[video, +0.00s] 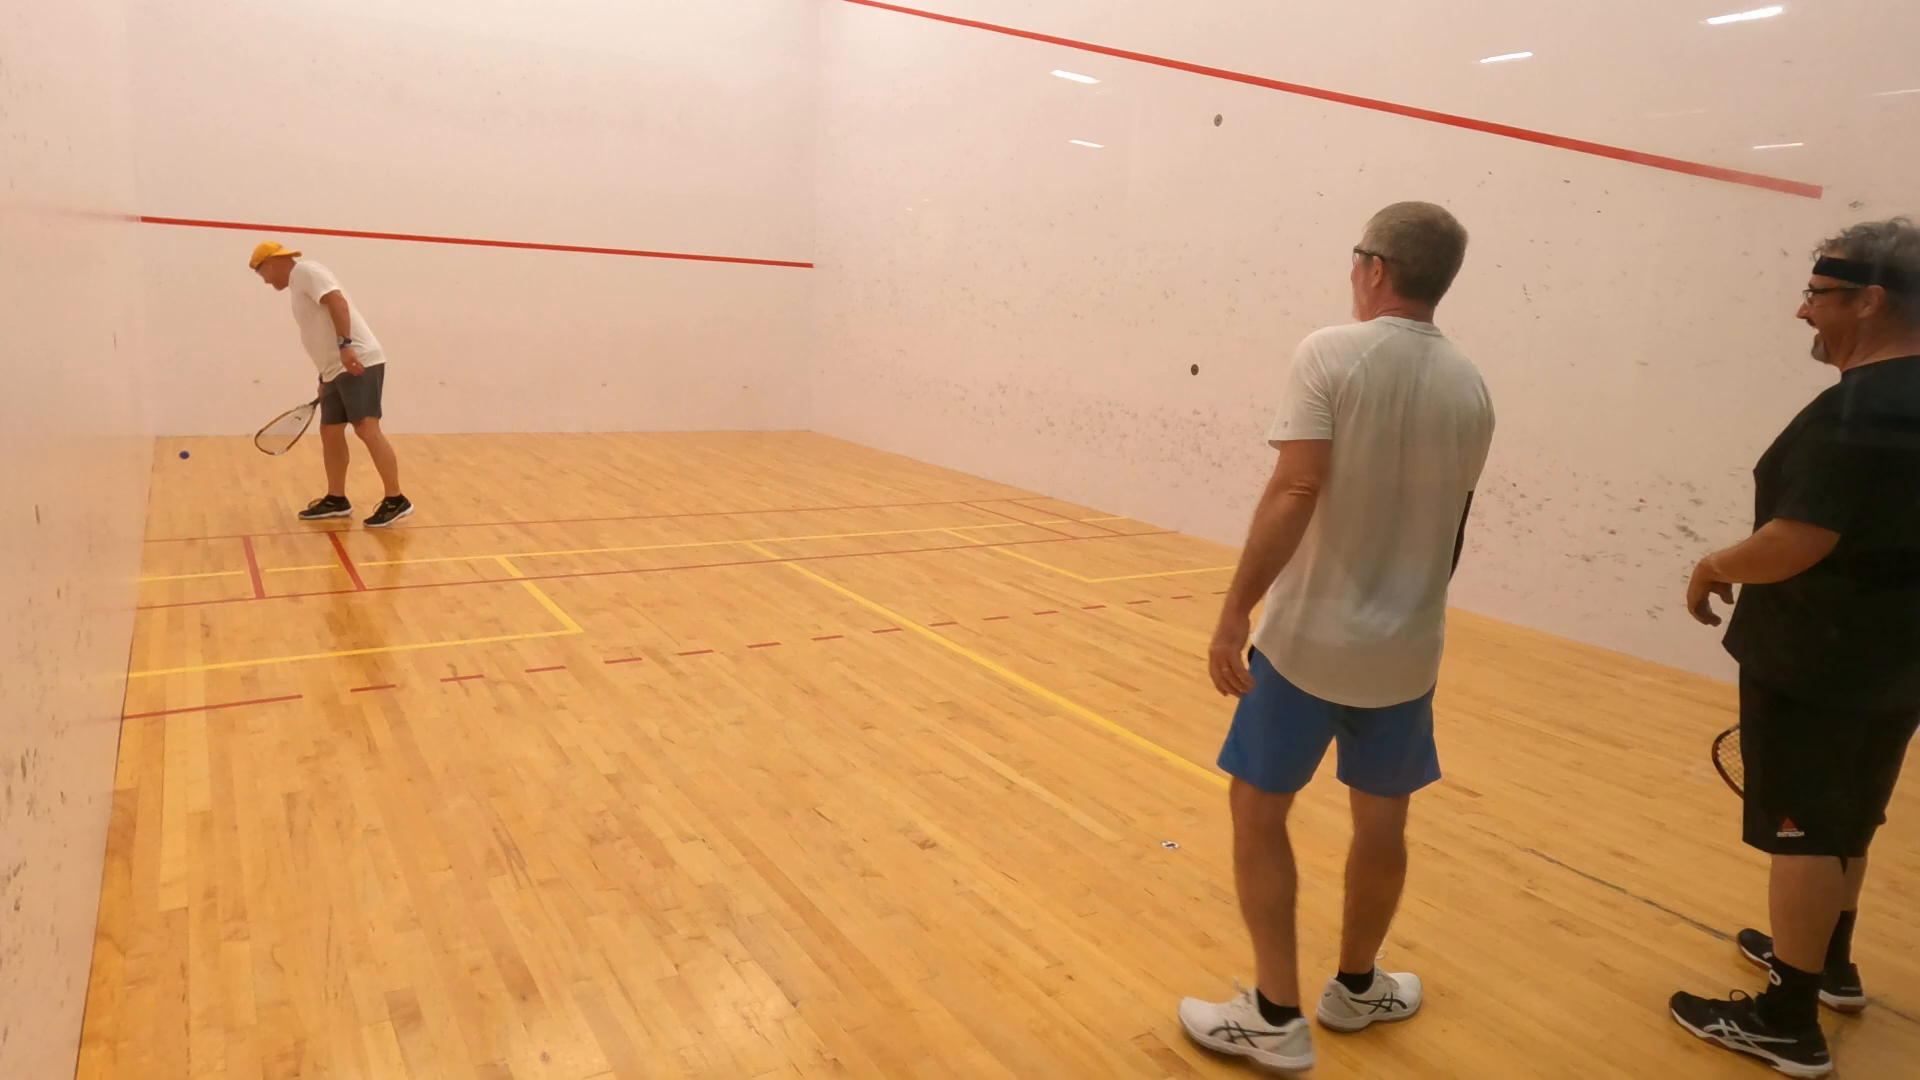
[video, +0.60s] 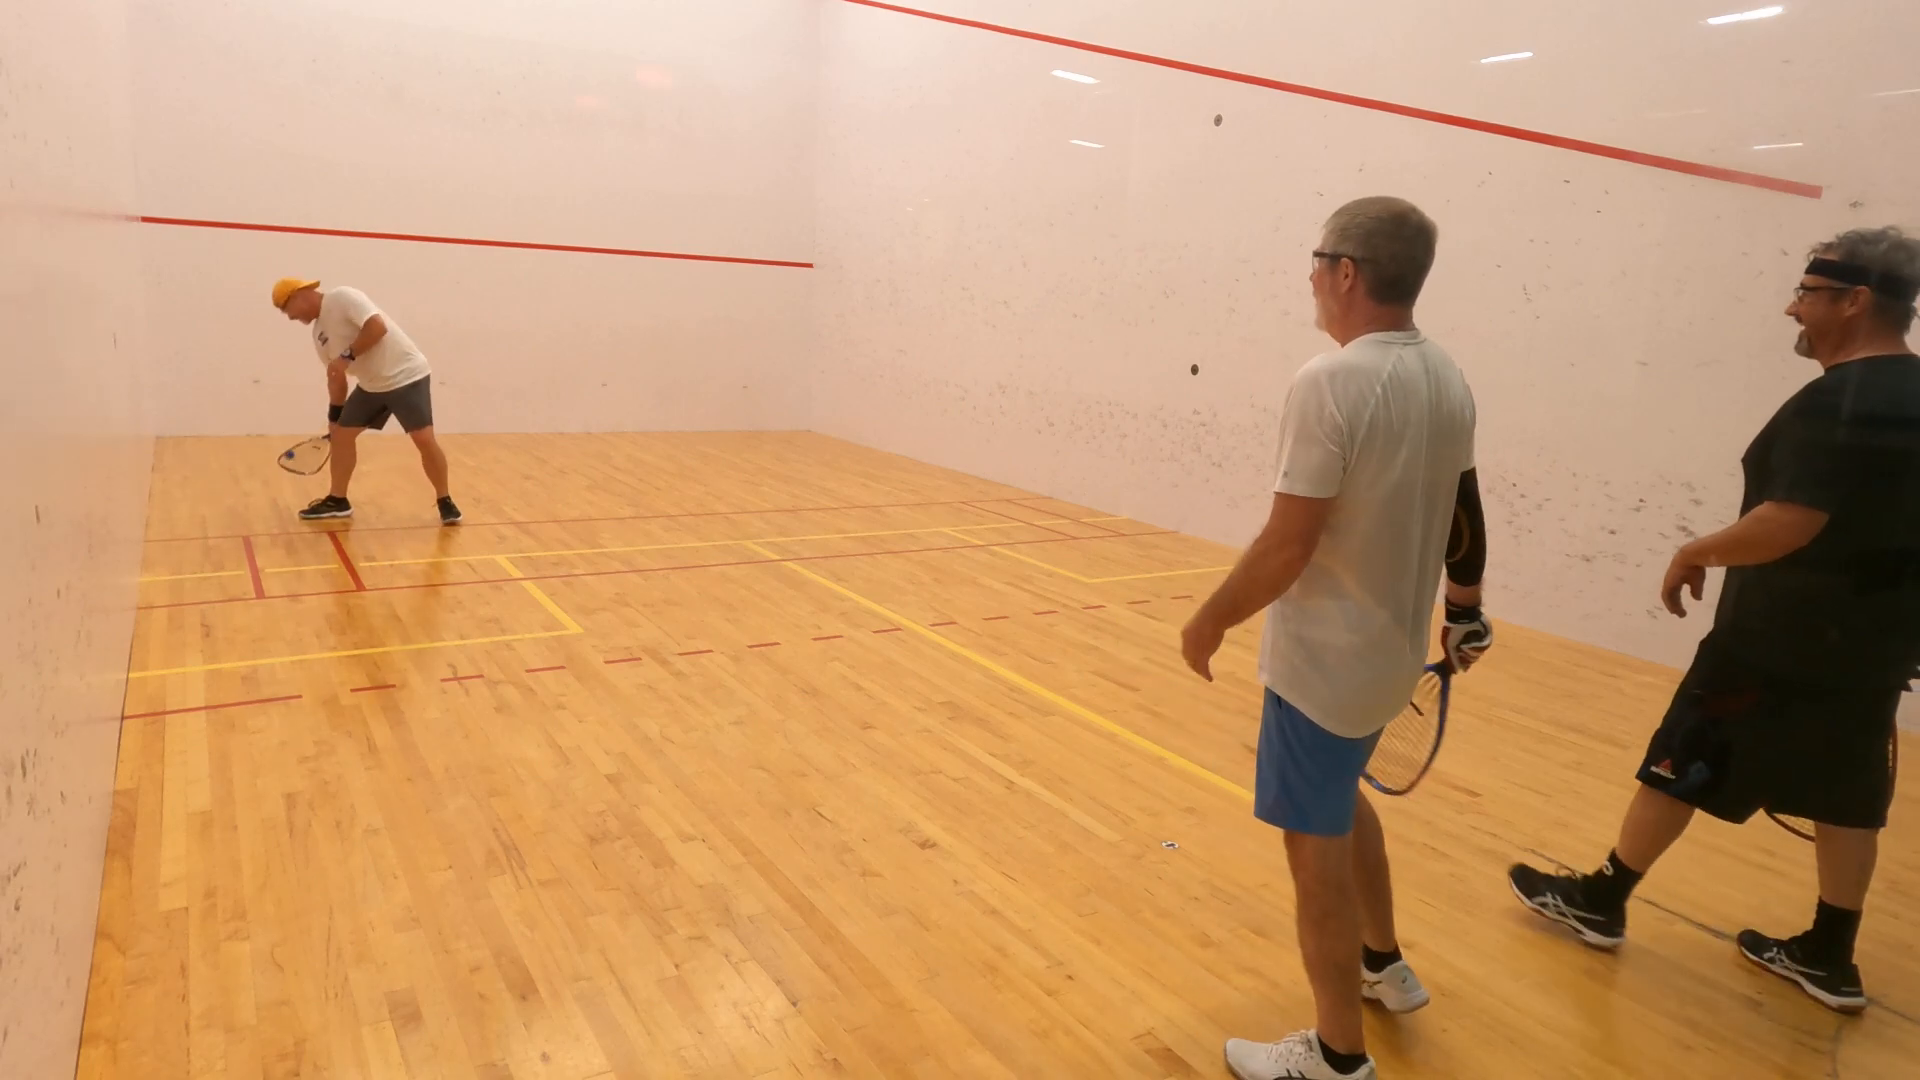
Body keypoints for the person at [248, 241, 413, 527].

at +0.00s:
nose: (264, 280)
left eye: (261, 272)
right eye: (260, 275)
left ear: (274, 263)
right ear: (274, 265)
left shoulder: (306, 271)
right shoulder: (297, 290)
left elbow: (338, 303)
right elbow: (322, 334)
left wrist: (345, 345)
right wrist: (324, 375)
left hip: (357, 361)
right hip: (334, 371)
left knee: (367, 428)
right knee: (330, 430)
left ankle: (395, 498)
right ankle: (336, 499)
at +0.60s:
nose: (288, 315)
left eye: (286, 307)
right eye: (283, 311)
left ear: (301, 295)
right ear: (299, 299)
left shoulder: (343, 297)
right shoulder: (319, 333)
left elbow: (377, 327)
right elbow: (337, 378)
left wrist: (346, 356)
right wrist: (334, 419)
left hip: (407, 375)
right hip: (372, 384)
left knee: (424, 439)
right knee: (342, 433)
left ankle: (444, 500)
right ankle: (337, 500)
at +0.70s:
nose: (317, 297)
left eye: (317, 289)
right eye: (313, 293)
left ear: (334, 276)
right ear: (328, 283)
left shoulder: (378, 291)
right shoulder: (341, 315)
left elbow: (392, 333)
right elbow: (355, 360)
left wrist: (348, 346)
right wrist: (351, 400)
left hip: (421, 380)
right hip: (382, 386)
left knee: (435, 441)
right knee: (356, 436)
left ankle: (447, 502)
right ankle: (340, 499)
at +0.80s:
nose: (352, 281)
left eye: (353, 273)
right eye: (348, 276)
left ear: (371, 265)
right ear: (355, 273)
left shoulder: (409, 289)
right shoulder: (364, 304)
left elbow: (404, 332)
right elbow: (371, 350)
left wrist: (359, 350)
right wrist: (366, 387)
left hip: (433, 380)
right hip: (393, 384)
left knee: (445, 444)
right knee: (370, 439)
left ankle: (448, 502)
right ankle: (351, 497)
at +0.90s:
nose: (383, 266)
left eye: (388, 259)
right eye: (378, 261)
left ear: (406, 256)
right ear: (375, 263)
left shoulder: (432, 288)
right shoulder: (383, 294)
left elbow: (420, 334)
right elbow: (383, 336)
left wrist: (388, 364)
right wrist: (377, 374)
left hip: (445, 379)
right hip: (405, 380)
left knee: (451, 442)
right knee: (385, 437)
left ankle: (449, 502)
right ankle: (378, 496)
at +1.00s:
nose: (409, 264)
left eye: (414, 257)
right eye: (403, 258)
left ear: (428, 254)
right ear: (398, 258)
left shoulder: (451, 286)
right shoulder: (397, 288)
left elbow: (454, 334)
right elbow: (392, 328)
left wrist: (422, 360)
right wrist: (387, 366)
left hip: (455, 380)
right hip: (416, 379)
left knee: (457, 442)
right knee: (408, 439)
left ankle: (450, 501)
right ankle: (411, 500)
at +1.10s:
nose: (427, 267)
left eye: (433, 260)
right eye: (421, 261)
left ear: (445, 256)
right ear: (414, 260)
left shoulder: (469, 287)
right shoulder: (406, 290)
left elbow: (482, 331)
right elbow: (399, 325)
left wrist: (451, 344)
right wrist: (395, 363)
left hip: (465, 380)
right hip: (425, 377)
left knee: (463, 443)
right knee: (433, 437)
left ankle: (449, 502)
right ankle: (444, 505)